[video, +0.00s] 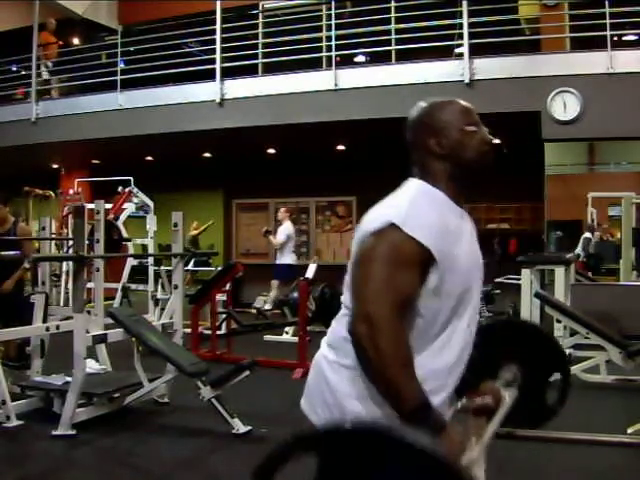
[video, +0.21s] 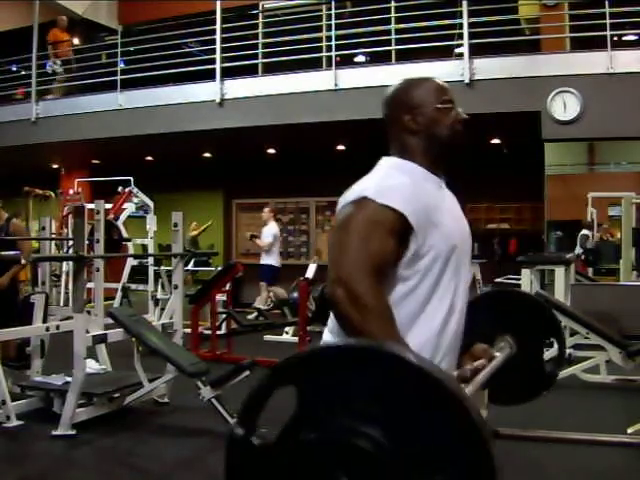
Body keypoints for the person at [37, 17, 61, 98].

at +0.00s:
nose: (53, 26)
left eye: (54, 24)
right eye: (51, 24)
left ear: (55, 25)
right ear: (47, 25)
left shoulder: (52, 36)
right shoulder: (44, 35)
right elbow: (40, 48)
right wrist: (43, 59)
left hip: (53, 60)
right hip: (46, 60)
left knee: (54, 77)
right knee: (45, 78)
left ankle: (54, 93)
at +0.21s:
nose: (64, 23)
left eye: (65, 21)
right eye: (62, 21)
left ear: (67, 22)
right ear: (58, 22)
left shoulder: (66, 34)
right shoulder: (53, 33)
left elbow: (69, 48)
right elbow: (50, 46)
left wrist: (72, 58)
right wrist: (52, 58)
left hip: (68, 58)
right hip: (59, 59)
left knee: (70, 75)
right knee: (60, 76)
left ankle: (70, 92)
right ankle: (57, 93)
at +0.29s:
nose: (68, 23)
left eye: (69, 21)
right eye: (66, 20)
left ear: (71, 22)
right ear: (62, 21)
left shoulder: (70, 34)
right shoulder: (58, 32)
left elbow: (74, 49)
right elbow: (53, 46)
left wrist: (80, 59)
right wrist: (56, 58)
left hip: (71, 59)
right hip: (62, 59)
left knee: (69, 78)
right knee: (63, 78)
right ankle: (59, 96)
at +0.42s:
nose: (75, 22)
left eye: (76, 20)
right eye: (73, 20)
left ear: (77, 21)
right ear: (69, 21)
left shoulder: (77, 34)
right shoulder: (65, 32)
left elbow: (81, 47)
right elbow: (60, 45)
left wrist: (88, 56)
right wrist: (61, 58)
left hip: (77, 58)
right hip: (68, 58)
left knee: (67, 79)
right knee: (72, 77)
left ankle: (59, 95)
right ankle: (75, 93)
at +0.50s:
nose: (79, 21)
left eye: (80, 19)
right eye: (77, 19)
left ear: (81, 20)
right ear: (73, 20)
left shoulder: (81, 33)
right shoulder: (69, 31)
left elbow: (85, 47)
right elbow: (64, 45)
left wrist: (93, 55)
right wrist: (65, 58)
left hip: (81, 58)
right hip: (72, 58)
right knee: (76, 77)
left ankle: (63, 93)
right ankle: (79, 93)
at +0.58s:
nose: (84, 21)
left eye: (85, 19)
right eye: (82, 19)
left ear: (85, 20)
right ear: (78, 19)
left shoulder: (85, 31)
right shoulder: (73, 30)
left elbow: (89, 45)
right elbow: (69, 44)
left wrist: (95, 55)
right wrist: (70, 56)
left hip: (88, 56)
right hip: (79, 57)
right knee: (80, 75)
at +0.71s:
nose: (91, 18)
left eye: (91, 15)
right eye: (89, 15)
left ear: (92, 17)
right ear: (84, 16)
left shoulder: (92, 28)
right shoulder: (80, 27)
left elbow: (93, 43)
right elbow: (77, 42)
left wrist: (96, 52)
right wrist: (79, 54)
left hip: (93, 54)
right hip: (84, 54)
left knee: (93, 72)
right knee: (83, 72)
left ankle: (90, 89)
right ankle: (82, 90)